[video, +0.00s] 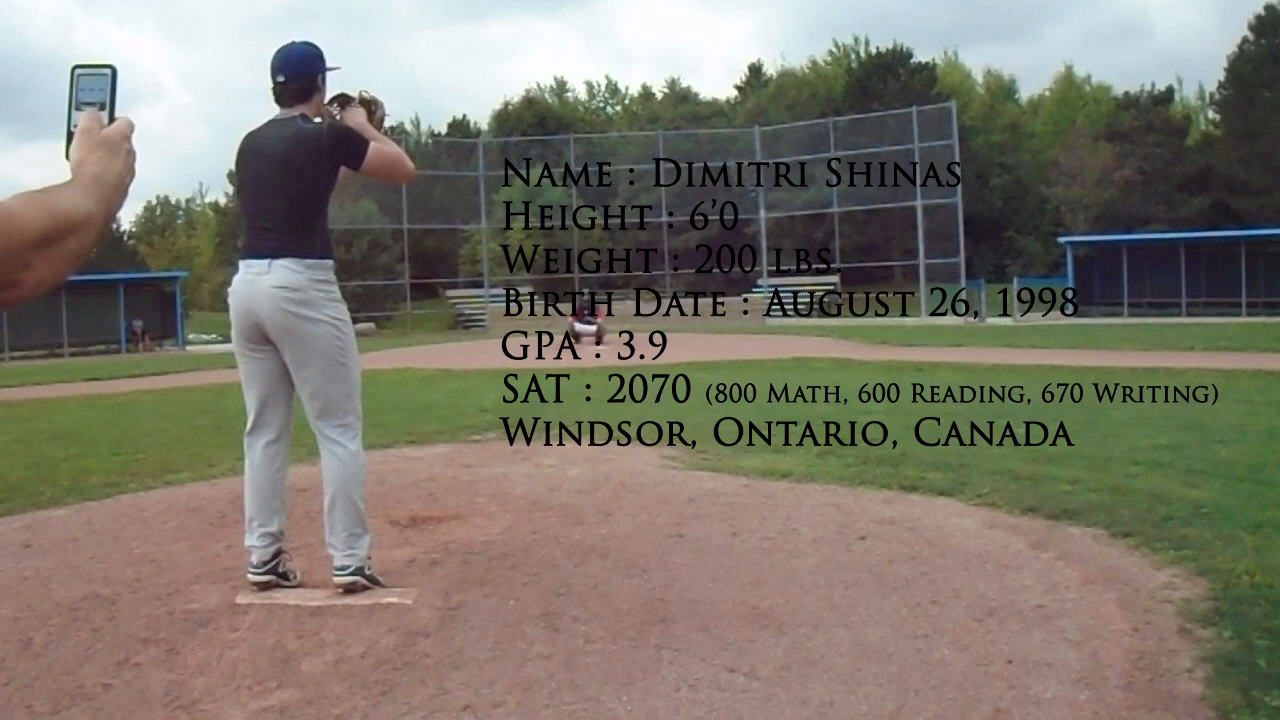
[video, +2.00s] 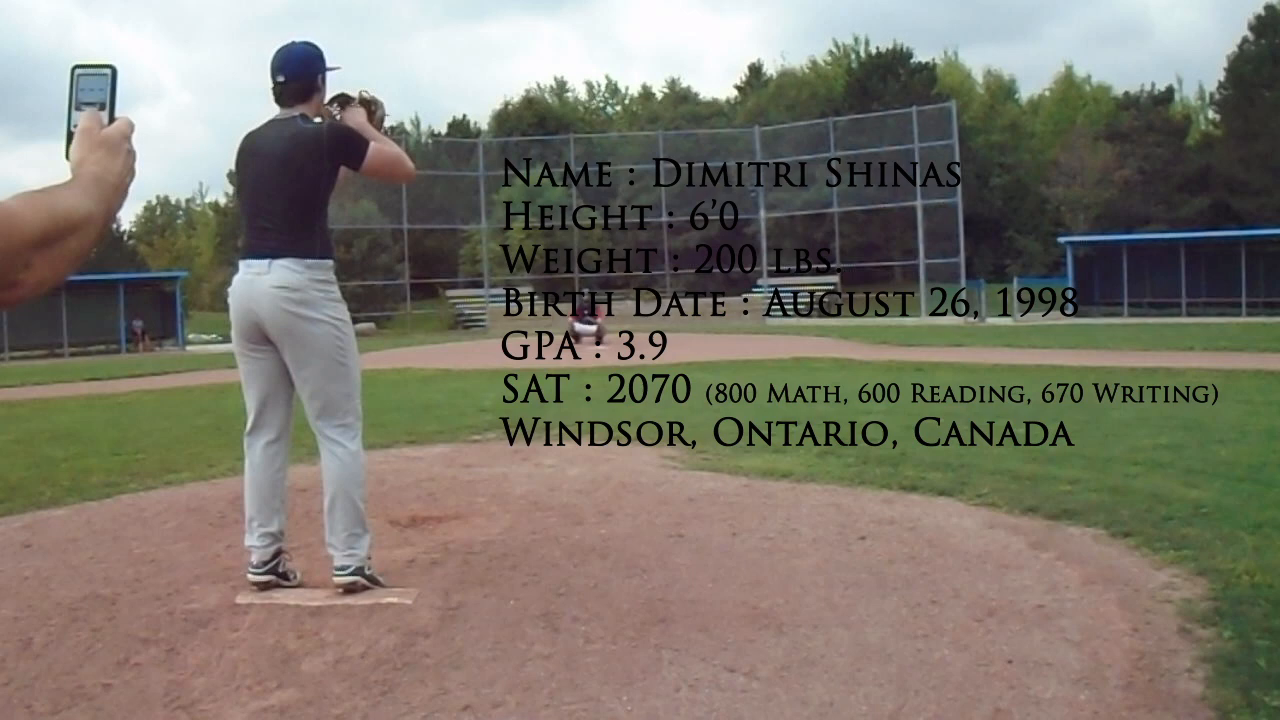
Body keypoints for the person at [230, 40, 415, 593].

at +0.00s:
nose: (327, 88)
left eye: (322, 81)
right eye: (325, 81)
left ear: (275, 88)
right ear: (320, 86)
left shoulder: (250, 143)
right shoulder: (327, 135)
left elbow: (301, 185)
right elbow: (402, 167)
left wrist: (327, 131)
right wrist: (362, 125)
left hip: (246, 288)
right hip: (303, 286)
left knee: (264, 430)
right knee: (338, 429)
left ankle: (263, 558)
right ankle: (350, 561)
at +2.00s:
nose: (327, 88)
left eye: (322, 81)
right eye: (325, 81)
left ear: (275, 88)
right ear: (320, 86)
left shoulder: (250, 143)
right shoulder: (327, 135)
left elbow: (301, 185)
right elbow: (402, 167)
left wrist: (327, 131)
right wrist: (362, 125)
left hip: (246, 288)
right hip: (303, 286)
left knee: (264, 430)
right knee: (338, 429)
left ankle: (263, 558)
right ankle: (350, 561)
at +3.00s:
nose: (327, 88)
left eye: (322, 81)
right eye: (325, 81)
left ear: (275, 88)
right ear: (320, 86)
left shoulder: (250, 143)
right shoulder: (327, 135)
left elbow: (301, 185)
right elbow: (402, 167)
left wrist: (327, 131)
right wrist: (362, 125)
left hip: (246, 288)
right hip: (303, 286)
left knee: (264, 430)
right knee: (338, 429)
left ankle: (263, 558)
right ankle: (350, 561)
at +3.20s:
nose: (327, 88)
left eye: (322, 81)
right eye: (325, 81)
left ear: (275, 88)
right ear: (320, 86)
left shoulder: (250, 143)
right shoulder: (327, 135)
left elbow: (301, 185)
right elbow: (402, 167)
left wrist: (327, 131)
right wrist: (362, 125)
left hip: (246, 288)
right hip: (303, 286)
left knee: (264, 430)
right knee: (338, 429)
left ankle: (263, 558)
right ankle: (350, 561)